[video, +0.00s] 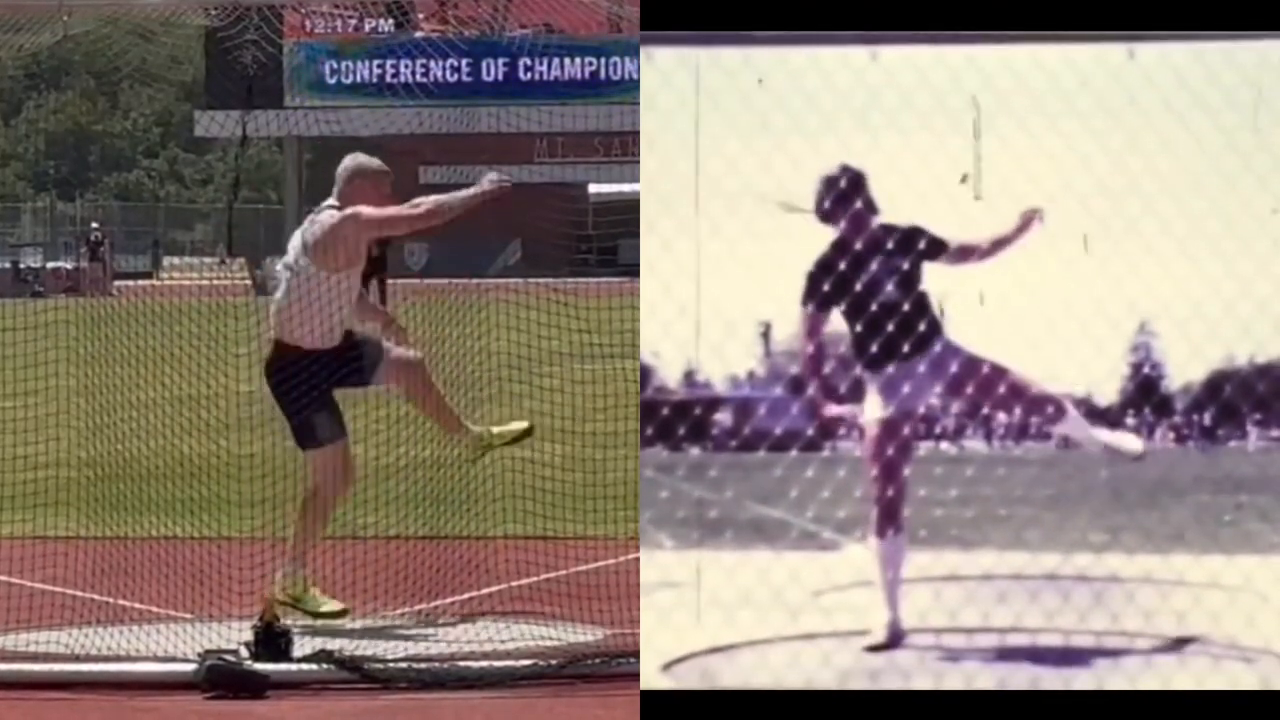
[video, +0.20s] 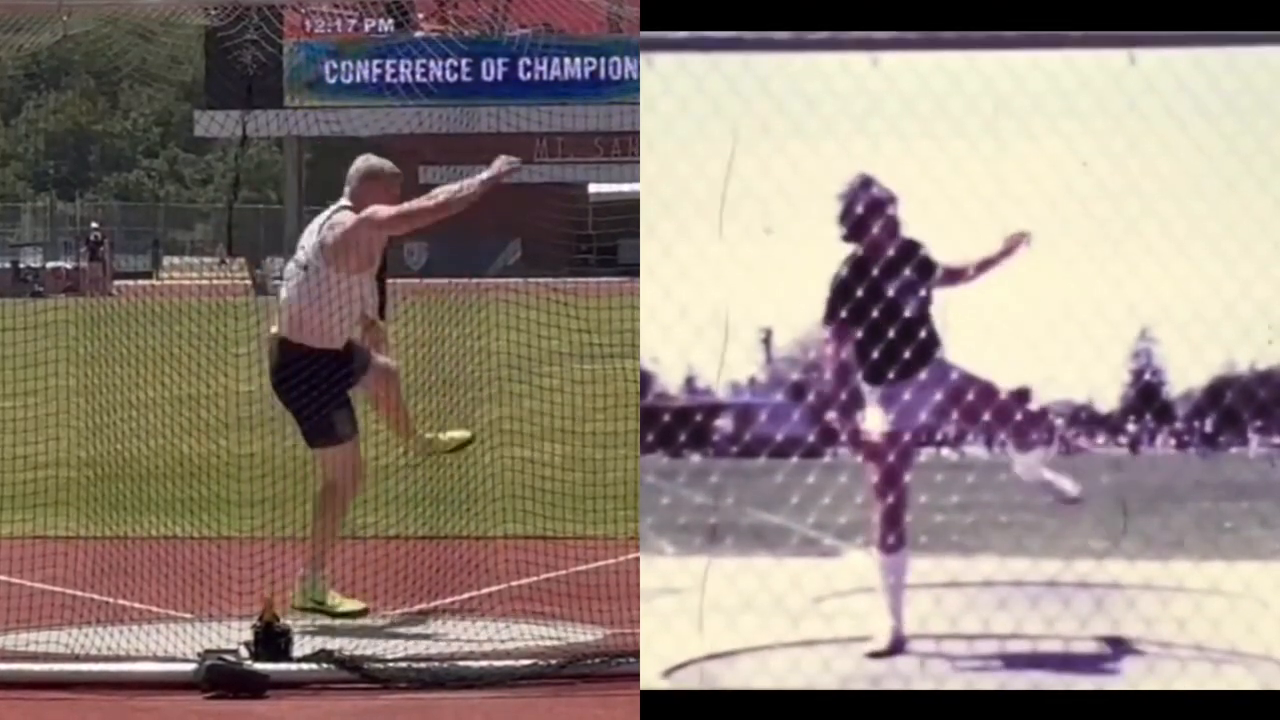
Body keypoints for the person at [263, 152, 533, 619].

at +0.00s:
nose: (387, 197)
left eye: (387, 189)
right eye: (381, 189)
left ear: (356, 191)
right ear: (358, 189)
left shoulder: (346, 228)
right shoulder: (336, 223)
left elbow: (343, 296)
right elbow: (421, 216)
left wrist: (384, 320)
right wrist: (479, 192)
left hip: (333, 349)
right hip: (295, 364)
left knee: (410, 367)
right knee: (335, 476)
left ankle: (469, 437)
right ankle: (291, 583)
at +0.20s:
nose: (394, 206)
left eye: (396, 197)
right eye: (390, 197)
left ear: (359, 190)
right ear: (368, 192)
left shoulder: (340, 221)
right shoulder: (352, 225)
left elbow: (338, 293)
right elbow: (434, 206)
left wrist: (368, 331)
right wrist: (487, 177)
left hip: (332, 351)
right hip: (304, 362)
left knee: (385, 375)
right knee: (345, 475)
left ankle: (414, 439)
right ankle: (313, 585)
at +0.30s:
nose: (402, 206)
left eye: (402, 199)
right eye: (399, 198)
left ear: (362, 193)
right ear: (381, 196)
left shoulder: (333, 224)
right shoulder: (369, 228)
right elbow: (449, 212)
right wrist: (498, 166)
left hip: (298, 352)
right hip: (319, 359)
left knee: (357, 359)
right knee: (351, 475)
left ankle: (357, 444)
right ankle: (323, 591)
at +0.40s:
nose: (408, 210)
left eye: (408, 202)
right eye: (405, 201)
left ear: (369, 195)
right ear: (389, 199)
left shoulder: (333, 229)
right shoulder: (383, 236)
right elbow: (468, 221)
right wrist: (505, 165)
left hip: (298, 356)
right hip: (337, 368)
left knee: (309, 391)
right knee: (356, 488)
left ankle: (302, 452)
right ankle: (322, 593)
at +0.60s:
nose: (415, 213)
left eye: (413, 204)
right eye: (412, 203)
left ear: (373, 202)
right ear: (400, 203)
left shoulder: (333, 236)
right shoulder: (399, 243)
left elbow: (294, 296)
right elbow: (487, 235)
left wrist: (306, 336)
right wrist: (505, 176)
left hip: (304, 360)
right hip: (353, 375)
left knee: (288, 401)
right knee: (354, 498)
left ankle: (254, 454)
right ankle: (323, 593)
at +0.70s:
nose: (419, 216)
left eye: (417, 209)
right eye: (418, 208)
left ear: (375, 204)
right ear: (409, 207)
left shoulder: (334, 240)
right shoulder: (414, 245)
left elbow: (290, 304)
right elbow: (503, 254)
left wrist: (307, 344)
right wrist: (510, 194)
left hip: (306, 360)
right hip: (361, 378)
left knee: (266, 404)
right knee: (356, 493)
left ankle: (215, 463)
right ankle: (323, 593)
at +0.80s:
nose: (408, 215)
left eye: (400, 208)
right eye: (415, 208)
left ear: (377, 206)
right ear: (418, 212)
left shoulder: (337, 242)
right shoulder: (427, 253)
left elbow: (288, 305)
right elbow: (511, 269)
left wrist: (283, 343)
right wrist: (512, 217)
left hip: (314, 361)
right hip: (367, 381)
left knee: (252, 402)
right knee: (359, 492)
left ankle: (194, 474)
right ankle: (327, 593)